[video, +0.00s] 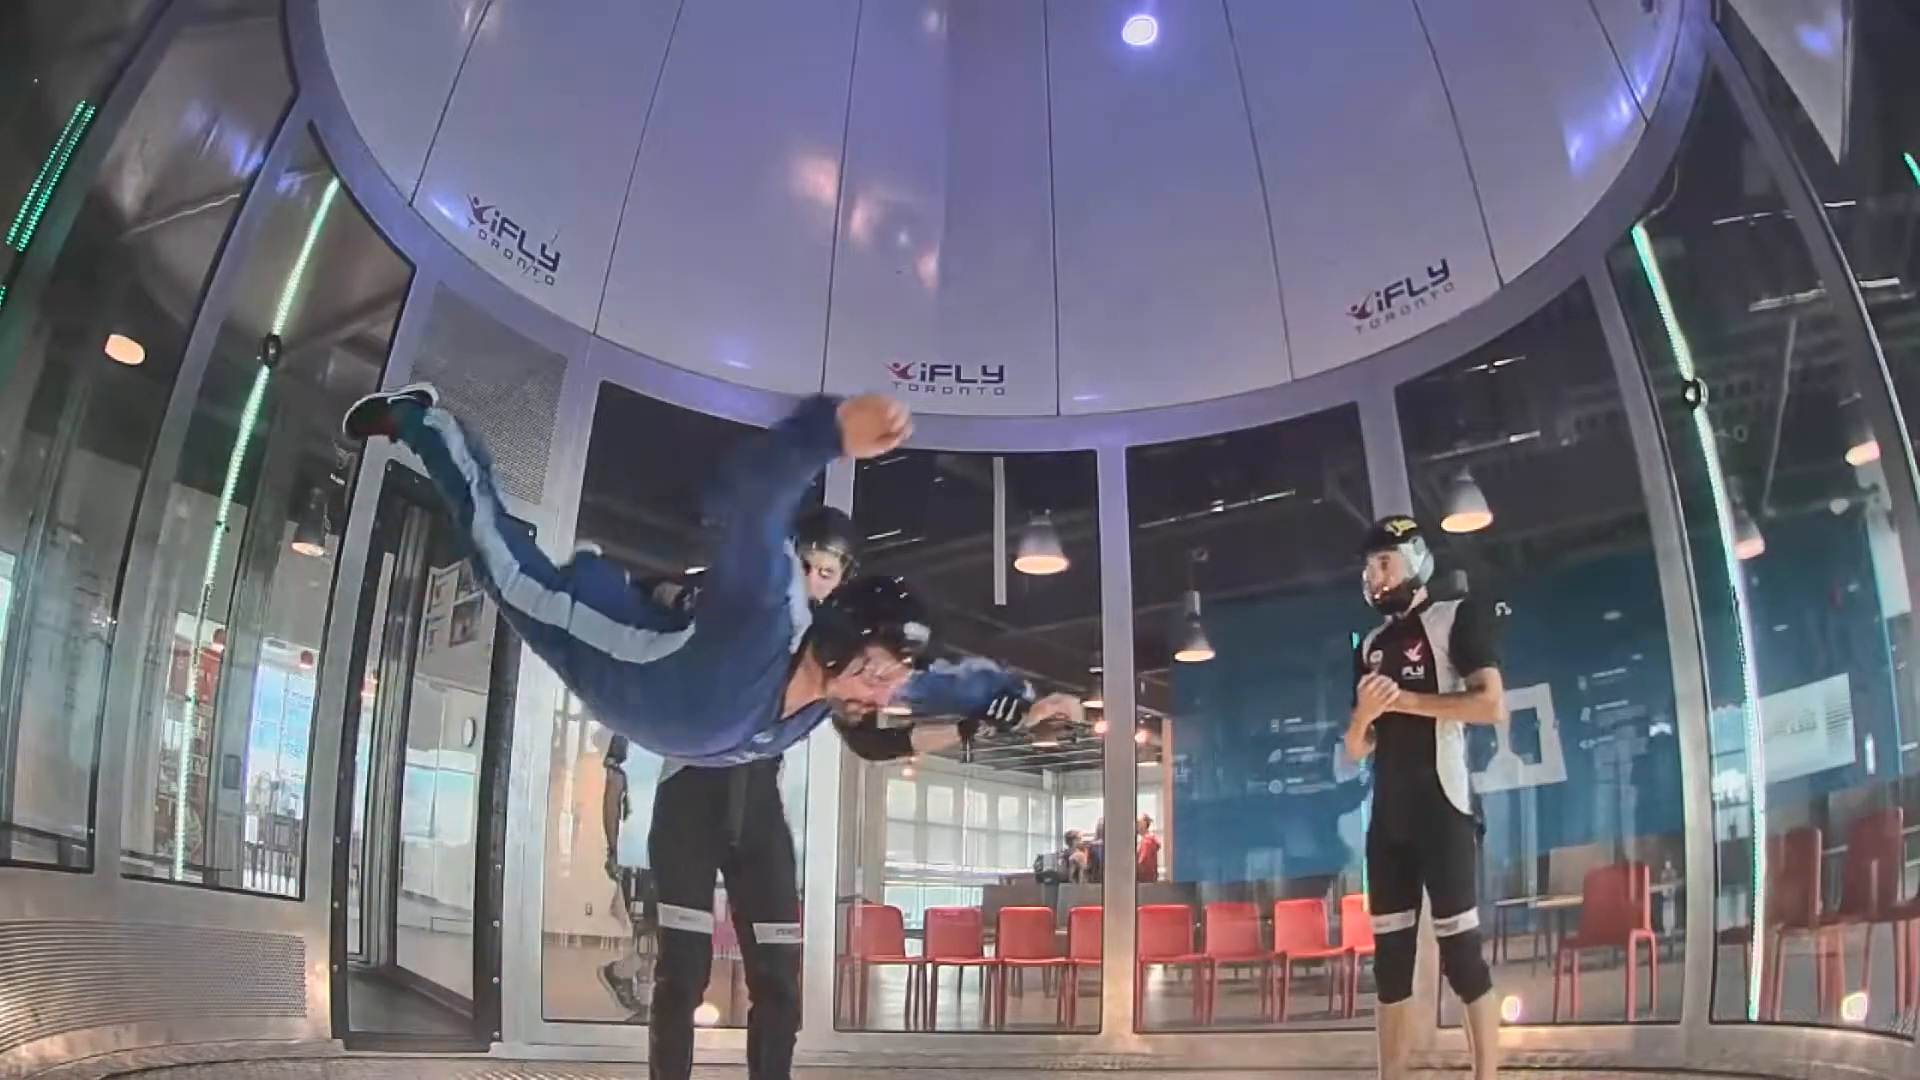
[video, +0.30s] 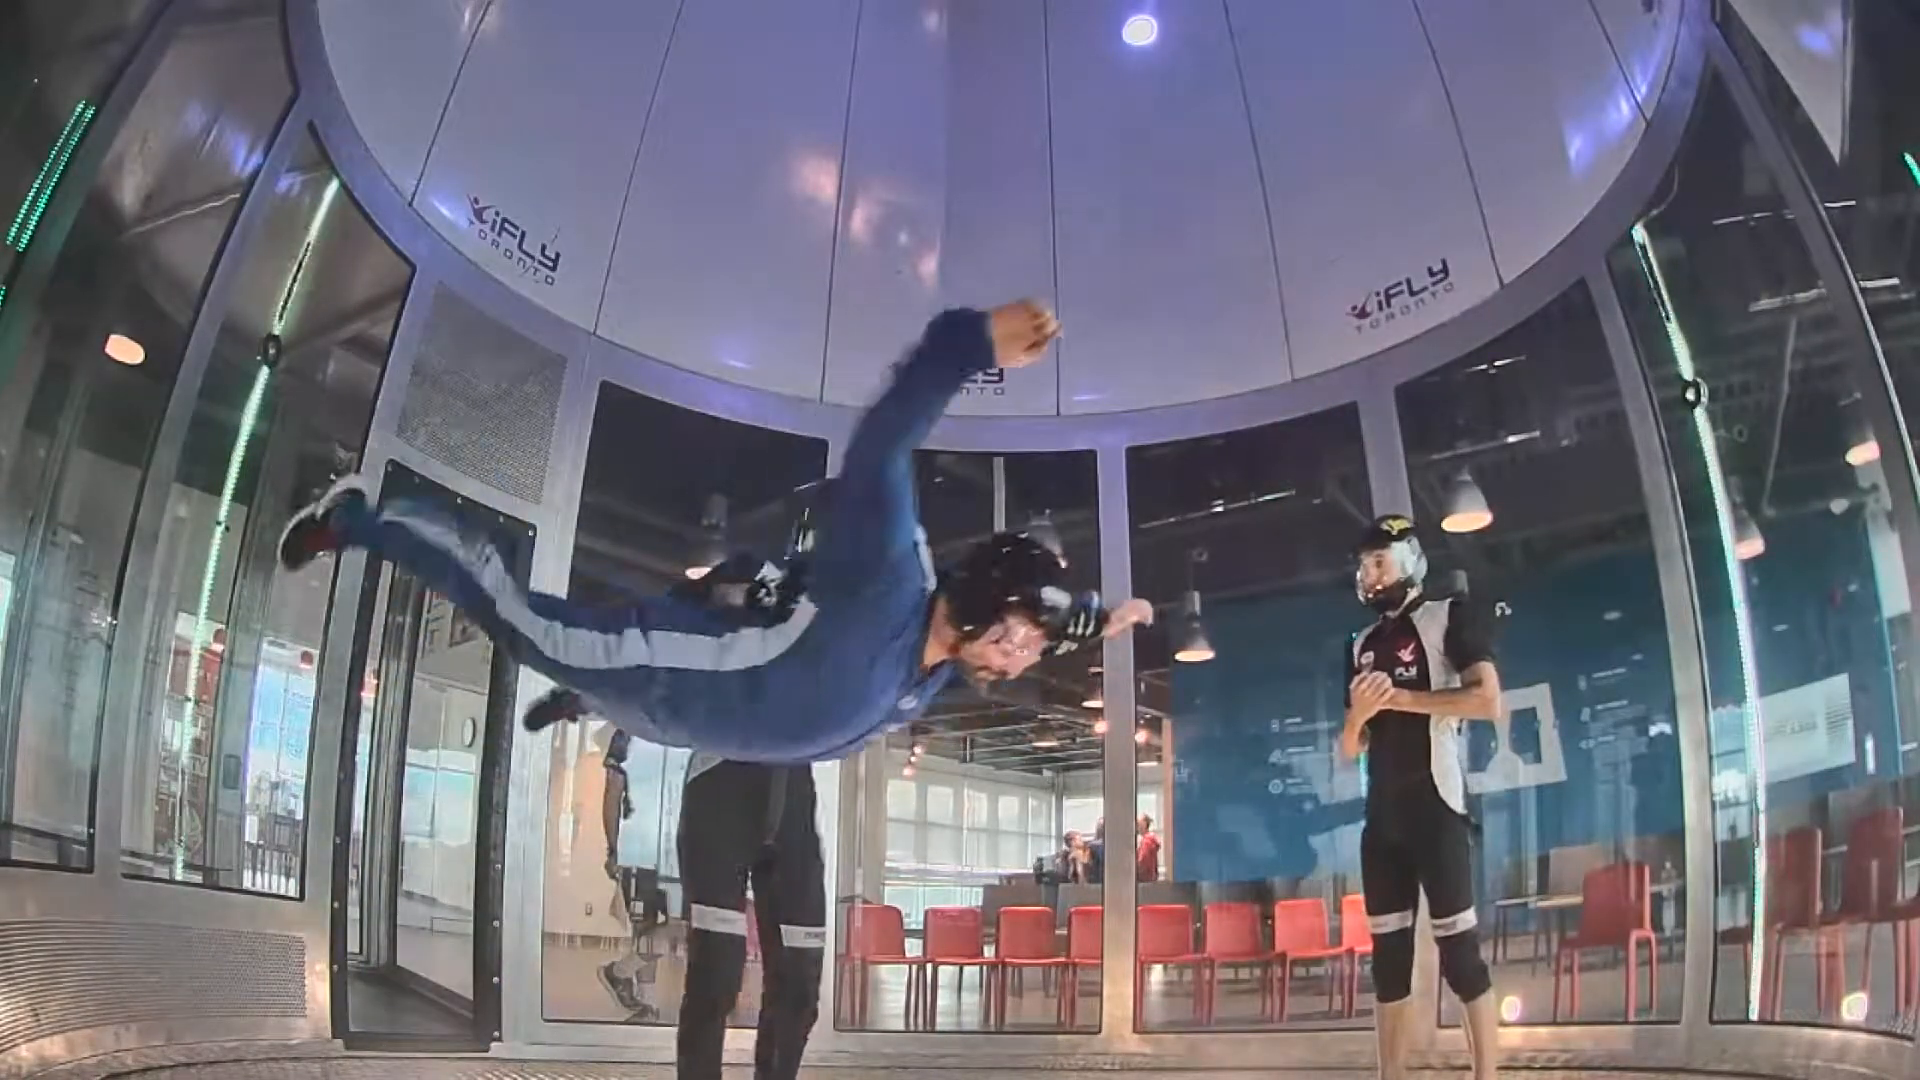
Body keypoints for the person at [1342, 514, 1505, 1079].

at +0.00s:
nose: (1375, 573)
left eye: (1386, 560)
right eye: (1369, 564)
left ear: (1419, 562)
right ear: (1366, 574)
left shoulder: (1459, 616)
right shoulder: (1369, 646)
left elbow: (1491, 707)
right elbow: (1352, 754)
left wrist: (1402, 700)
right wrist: (1361, 717)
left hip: (1447, 807)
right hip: (1388, 810)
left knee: (1459, 951)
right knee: (1391, 957)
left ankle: (1486, 1075)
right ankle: (1392, 1077)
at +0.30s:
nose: (1368, 573)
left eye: (1379, 561)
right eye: (1363, 564)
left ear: (1411, 562)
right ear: (1361, 573)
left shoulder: (1451, 615)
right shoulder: (1361, 645)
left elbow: (1489, 702)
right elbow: (1348, 750)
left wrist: (1399, 698)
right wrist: (1356, 716)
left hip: (1441, 806)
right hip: (1383, 810)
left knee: (1457, 953)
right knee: (1389, 956)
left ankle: (1486, 1075)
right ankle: (1391, 1076)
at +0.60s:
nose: (1360, 575)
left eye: (1371, 563)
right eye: (1352, 566)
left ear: (1399, 568)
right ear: (1346, 578)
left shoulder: (1437, 617)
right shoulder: (1341, 651)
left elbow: (1490, 694)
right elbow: (1335, 755)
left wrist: (1404, 701)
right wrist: (1353, 714)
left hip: (1438, 810)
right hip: (1377, 816)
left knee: (1453, 953)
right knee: (1385, 958)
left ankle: (1484, 1075)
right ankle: (1389, 1077)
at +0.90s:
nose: (1350, 579)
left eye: (1362, 567)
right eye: (1342, 571)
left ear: (1388, 574)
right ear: (1334, 583)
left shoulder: (1426, 626)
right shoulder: (1325, 658)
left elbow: (1485, 696)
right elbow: (1318, 760)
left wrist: (1405, 704)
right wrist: (1349, 716)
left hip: (1431, 815)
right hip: (1368, 823)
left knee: (1443, 958)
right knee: (1381, 965)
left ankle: (1480, 1075)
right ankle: (1387, 1077)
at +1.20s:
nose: (1351, 585)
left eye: (1362, 573)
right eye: (1341, 575)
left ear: (1385, 582)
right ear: (1330, 587)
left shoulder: (1421, 628)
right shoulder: (1320, 659)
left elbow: (1486, 694)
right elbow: (1310, 760)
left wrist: (1404, 692)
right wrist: (1344, 713)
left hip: (1425, 813)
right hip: (1362, 821)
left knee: (1435, 960)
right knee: (1378, 963)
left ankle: (1468, 1070)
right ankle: (1385, 1076)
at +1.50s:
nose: (1353, 591)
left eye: (1363, 578)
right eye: (1343, 582)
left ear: (1386, 581)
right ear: (1335, 593)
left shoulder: (1431, 631)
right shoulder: (1327, 663)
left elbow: (1490, 700)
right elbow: (1317, 762)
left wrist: (1412, 705)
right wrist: (1353, 721)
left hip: (1432, 818)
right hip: (1370, 825)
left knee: (1438, 958)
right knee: (1380, 963)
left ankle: (1458, 1048)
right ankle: (1385, 1075)